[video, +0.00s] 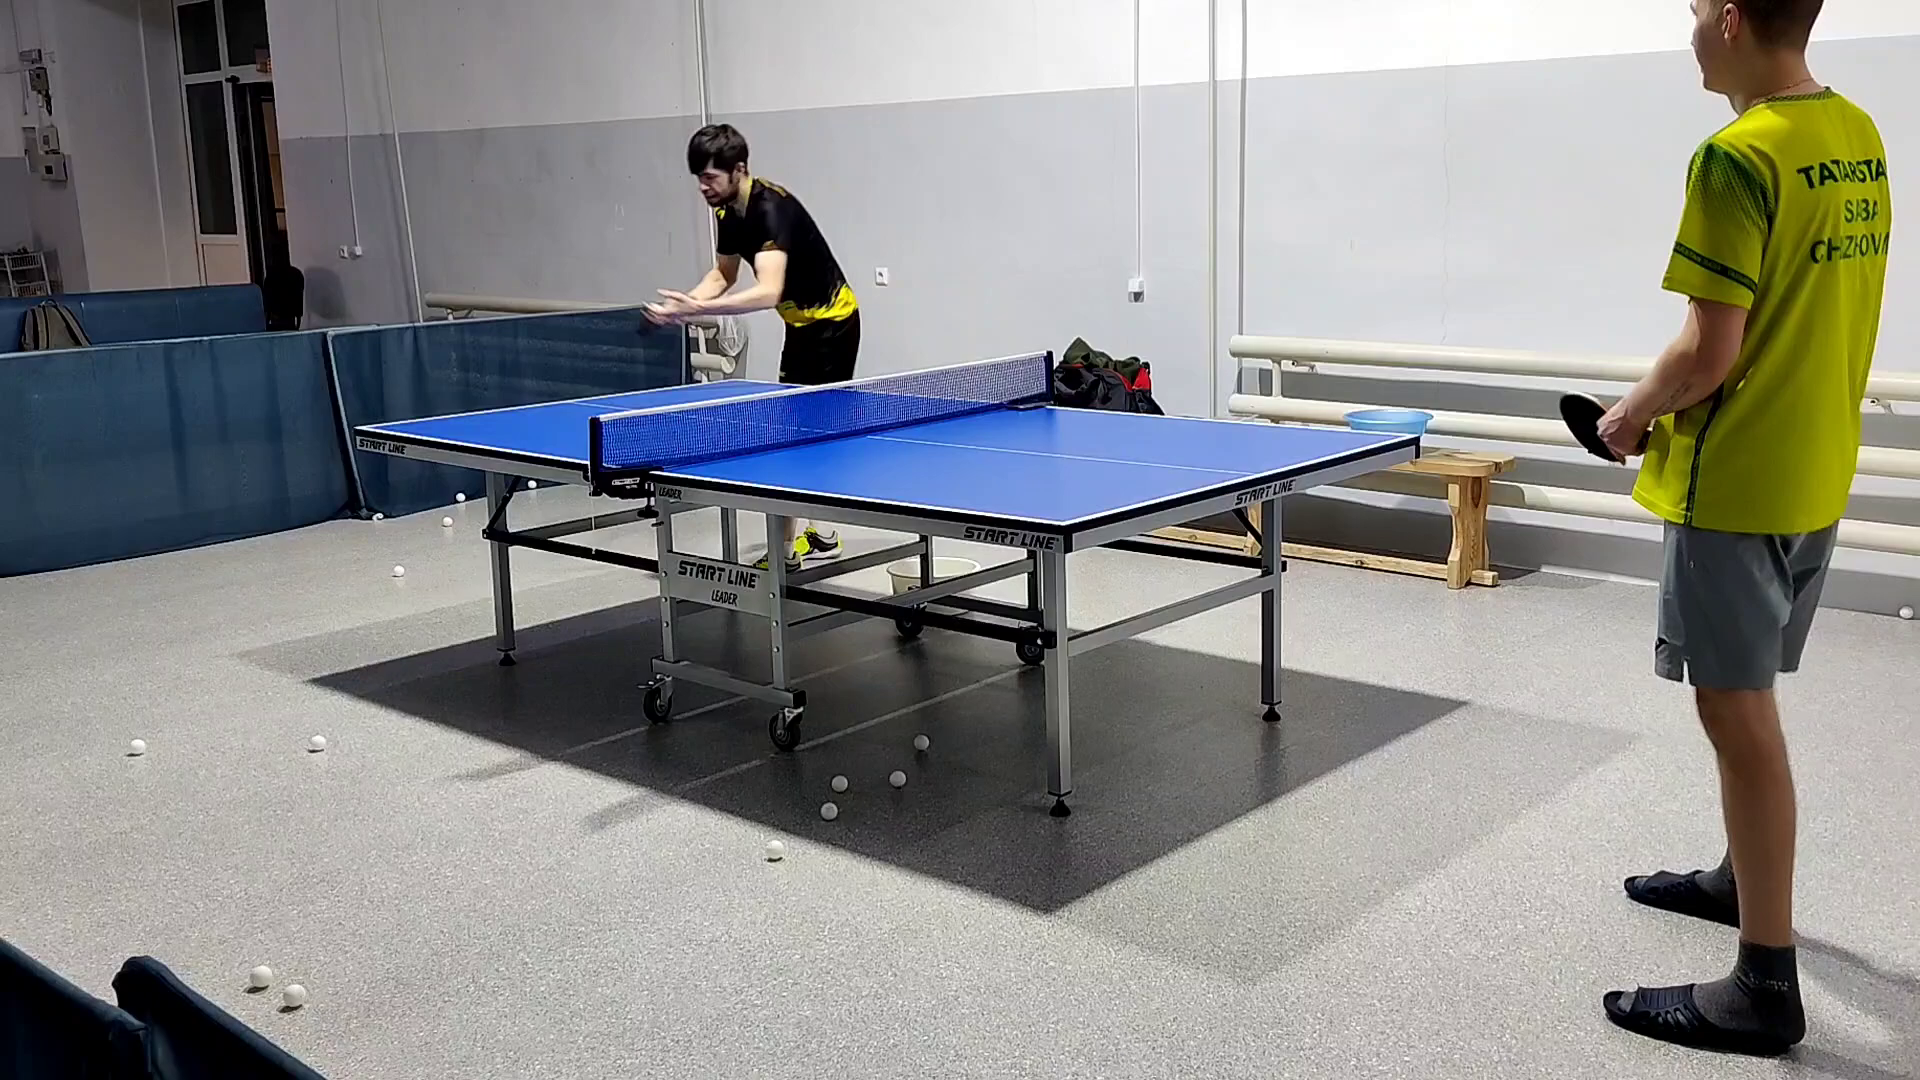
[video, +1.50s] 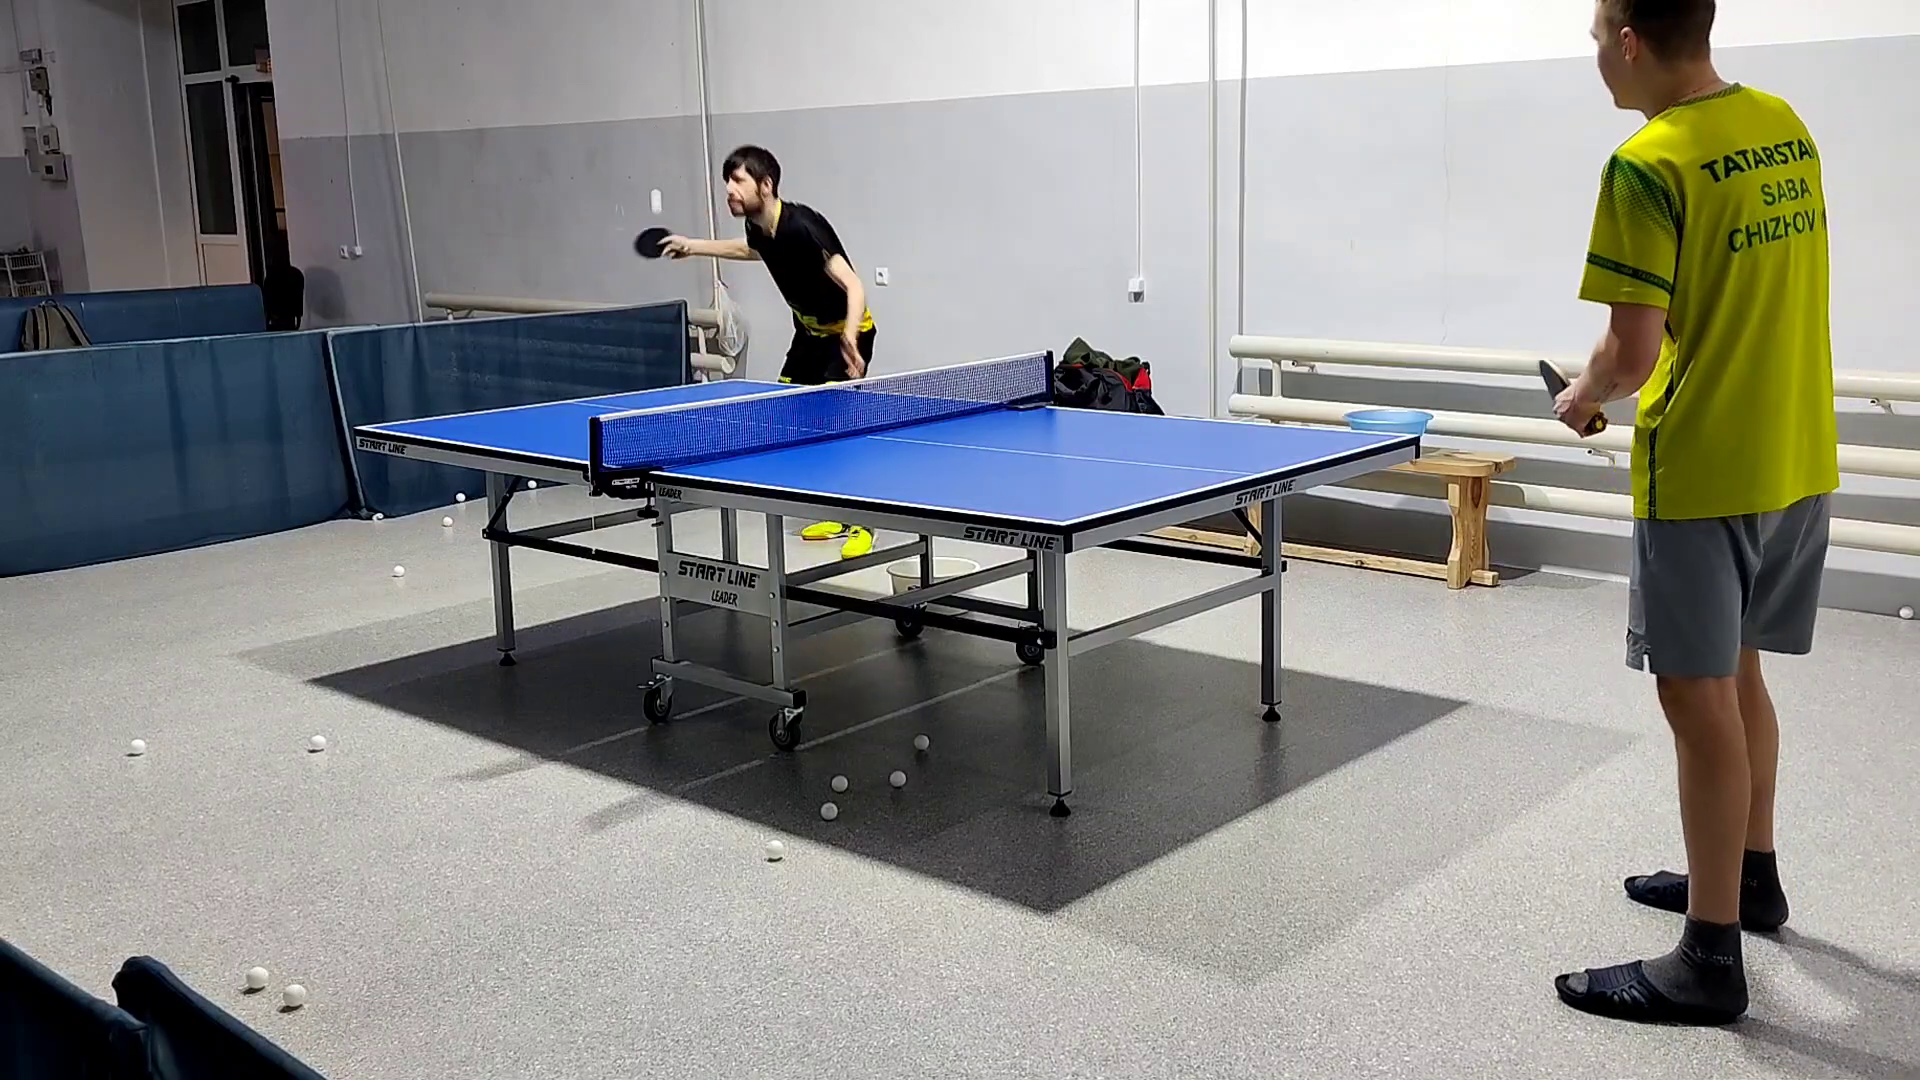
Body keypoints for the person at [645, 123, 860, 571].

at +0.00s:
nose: (703, 186)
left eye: (710, 177)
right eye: (698, 177)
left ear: (738, 169)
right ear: (699, 173)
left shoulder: (771, 208)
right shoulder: (727, 208)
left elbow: (769, 293)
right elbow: (723, 274)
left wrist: (696, 308)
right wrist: (684, 305)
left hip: (832, 325)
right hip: (798, 326)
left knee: (793, 433)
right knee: (794, 429)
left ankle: (786, 546)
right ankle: (816, 528)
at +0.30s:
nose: (675, 208)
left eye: (681, 198)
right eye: (671, 199)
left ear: (710, 191)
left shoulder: (747, 229)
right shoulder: (708, 235)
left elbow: (713, 303)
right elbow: (686, 293)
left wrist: (645, 285)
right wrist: (637, 279)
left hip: (822, 336)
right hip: (794, 338)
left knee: (777, 437)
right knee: (789, 433)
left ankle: (782, 548)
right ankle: (821, 508)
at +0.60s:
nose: (679, 213)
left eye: (687, 203)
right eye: (676, 204)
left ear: (717, 199)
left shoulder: (750, 240)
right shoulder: (704, 245)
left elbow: (733, 321)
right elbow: (669, 306)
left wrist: (666, 334)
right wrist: (637, 267)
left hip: (807, 356)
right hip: (777, 358)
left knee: (744, 449)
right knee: (806, 440)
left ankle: (777, 553)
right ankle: (843, 510)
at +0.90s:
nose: (717, 187)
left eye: (725, 178)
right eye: (713, 179)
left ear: (753, 177)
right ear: (713, 185)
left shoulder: (779, 223)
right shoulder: (733, 235)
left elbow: (754, 298)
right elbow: (721, 300)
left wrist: (692, 304)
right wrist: (680, 297)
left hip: (809, 351)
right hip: (777, 354)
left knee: (755, 439)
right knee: (801, 436)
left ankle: (778, 550)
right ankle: (841, 509)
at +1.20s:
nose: (727, 157)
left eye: (737, 148)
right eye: (726, 150)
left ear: (764, 154)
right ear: (729, 159)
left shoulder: (789, 195)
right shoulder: (750, 213)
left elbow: (795, 255)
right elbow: (767, 278)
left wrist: (744, 252)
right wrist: (732, 322)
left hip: (832, 325)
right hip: (796, 328)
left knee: (813, 418)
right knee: (789, 421)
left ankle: (833, 518)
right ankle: (841, 512)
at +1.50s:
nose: (730, 191)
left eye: (737, 182)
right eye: (728, 183)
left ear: (766, 184)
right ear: (738, 187)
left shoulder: (803, 224)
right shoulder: (755, 224)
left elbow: (854, 285)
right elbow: (754, 251)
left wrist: (849, 336)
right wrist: (692, 246)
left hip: (846, 334)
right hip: (809, 332)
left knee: (838, 423)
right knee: (792, 417)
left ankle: (861, 521)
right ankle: (839, 513)